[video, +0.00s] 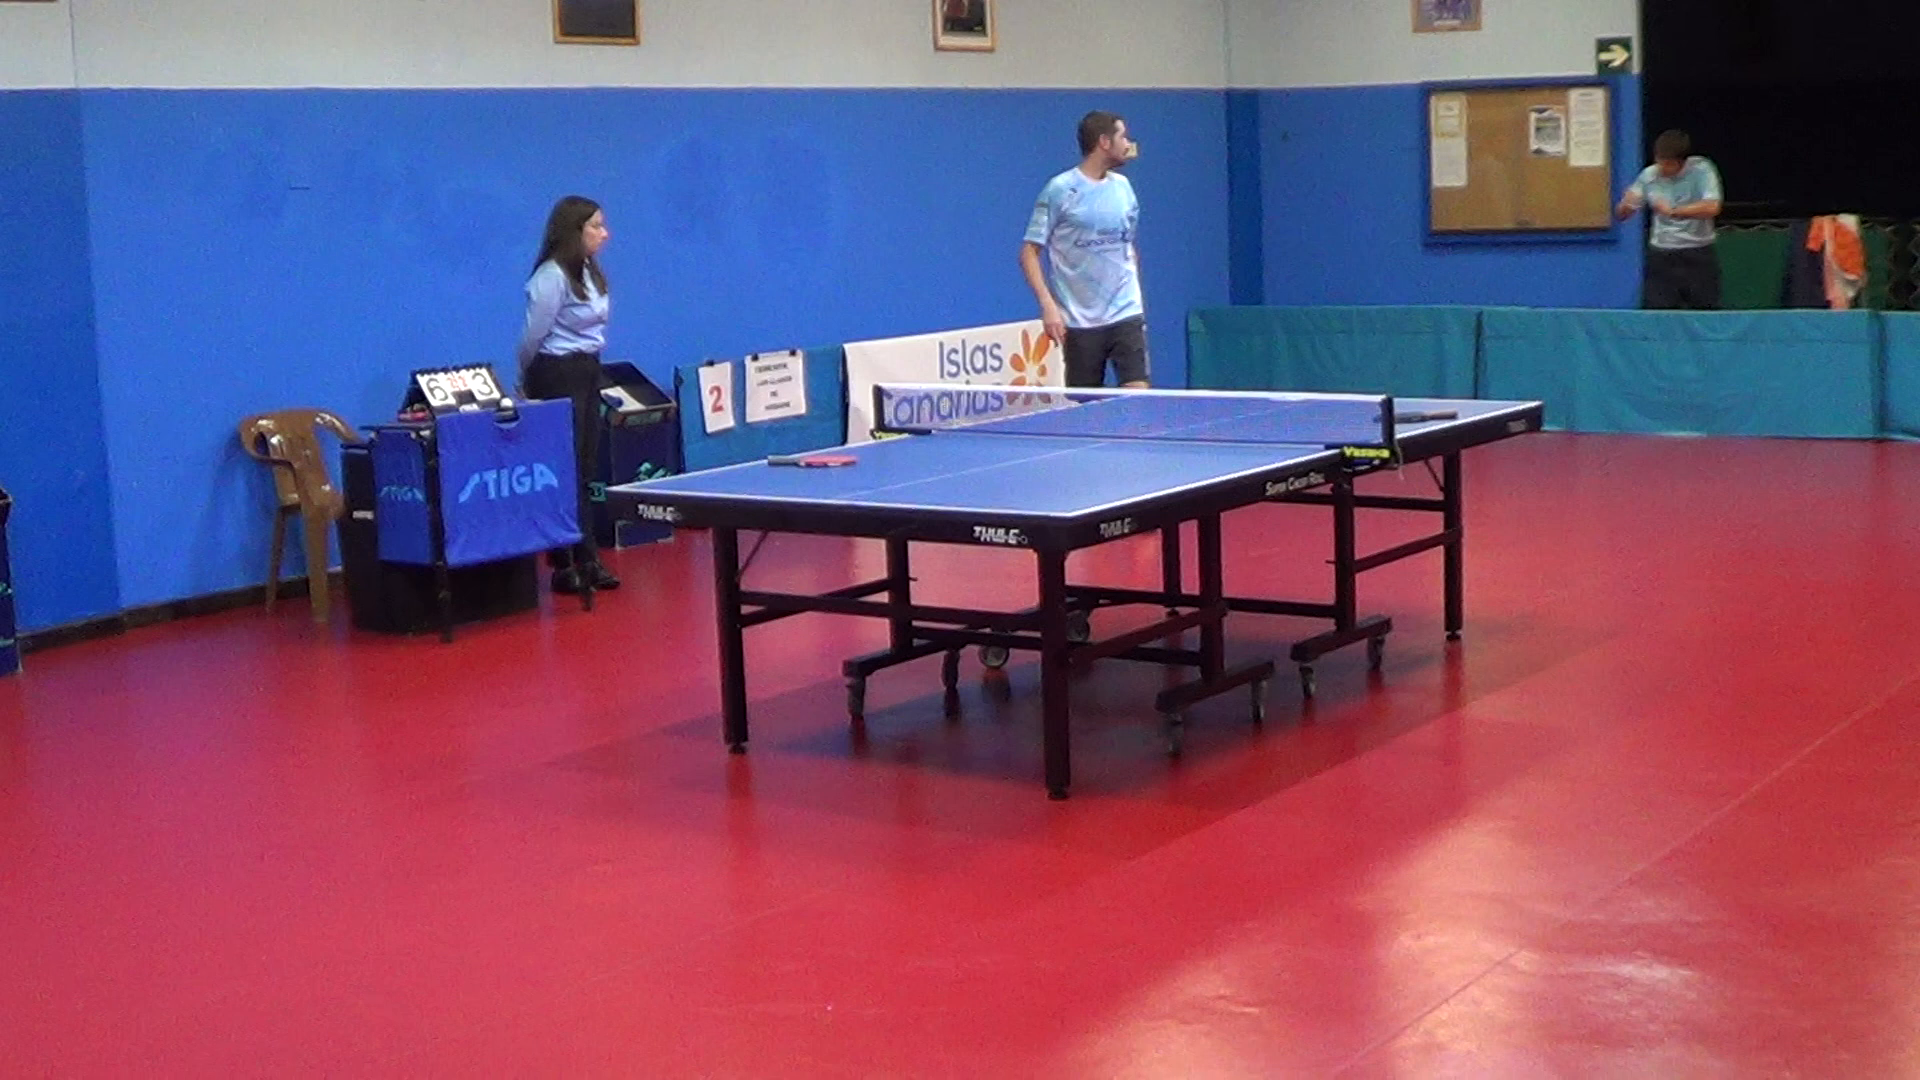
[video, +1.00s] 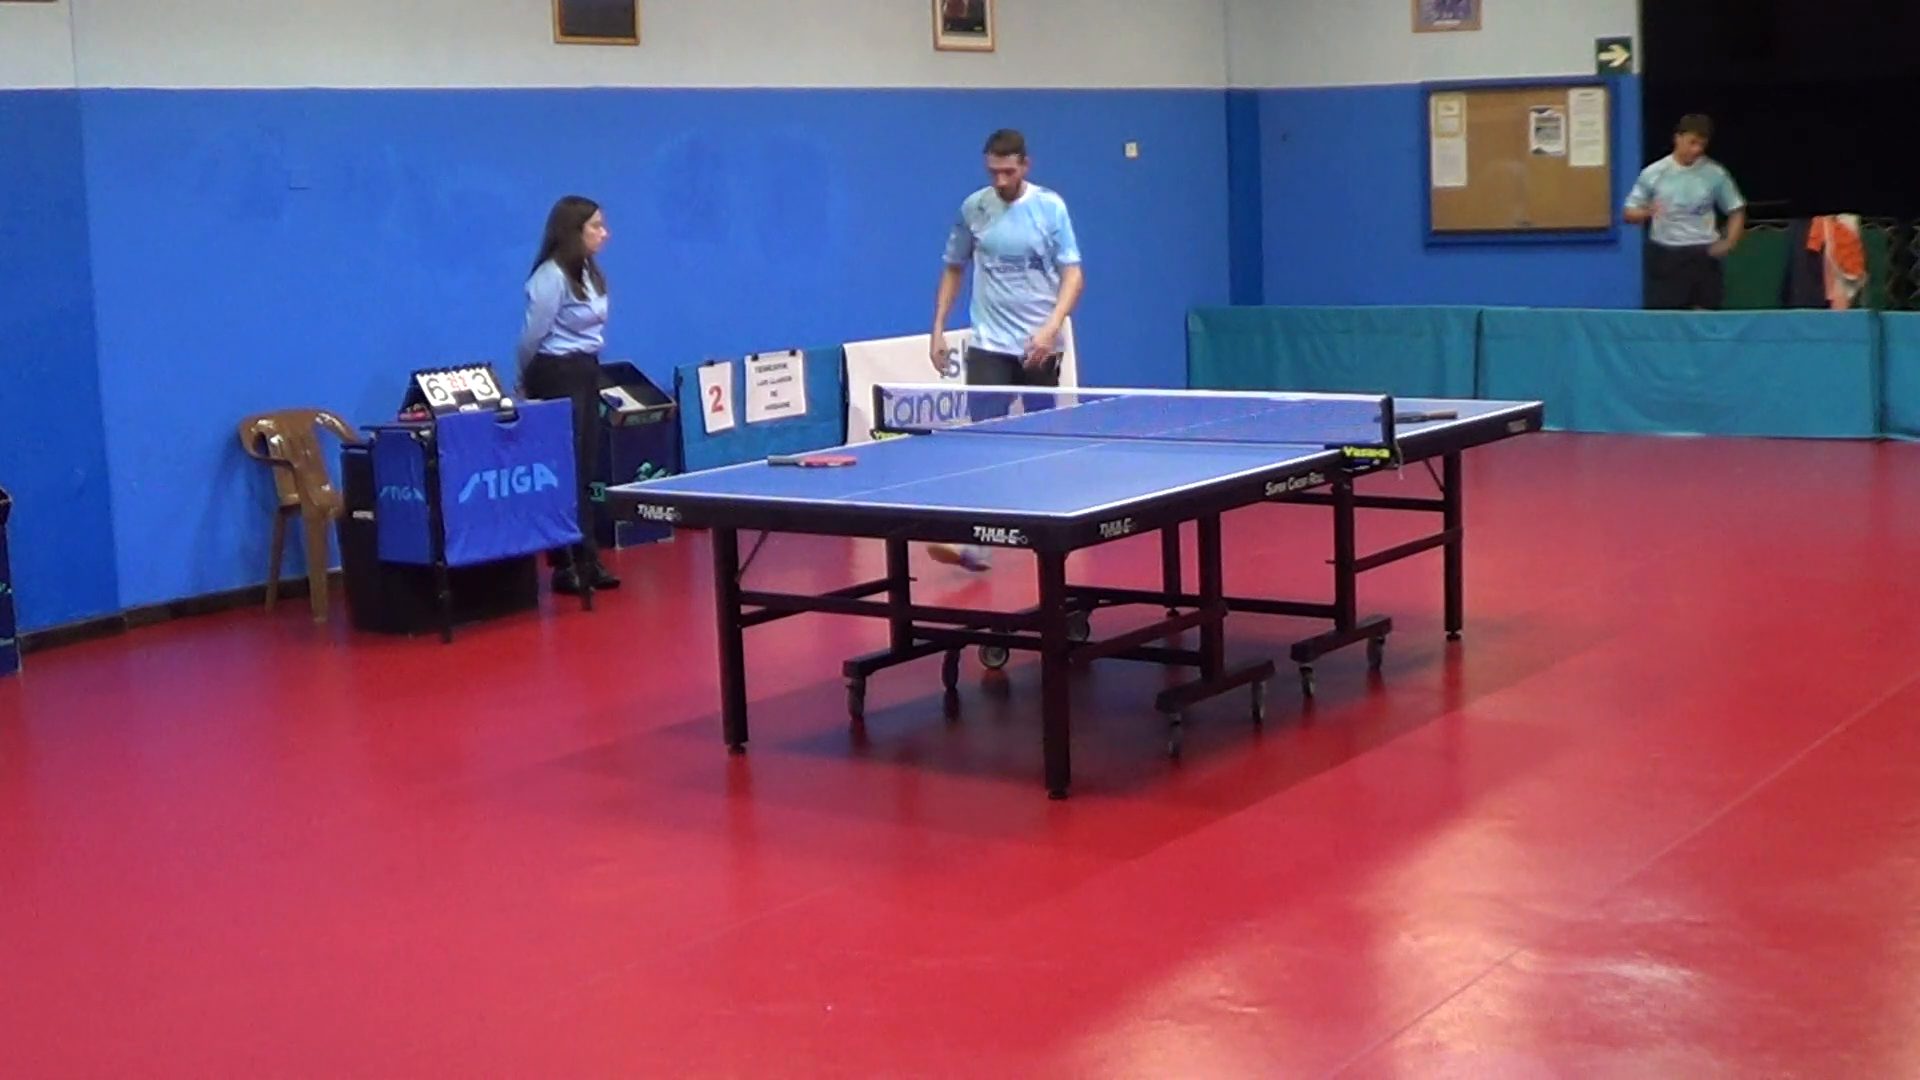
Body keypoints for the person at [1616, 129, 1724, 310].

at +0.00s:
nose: (1663, 168)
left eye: (1668, 164)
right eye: (1661, 163)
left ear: (1681, 161)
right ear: (1657, 159)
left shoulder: (1702, 169)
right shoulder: (1649, 174)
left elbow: (1712, 207)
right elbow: (1622, 214)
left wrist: (1673, 211)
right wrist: (1627, 205)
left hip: (1698, 254)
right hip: (1662, 255)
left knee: (1705, 314)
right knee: (1658, 315)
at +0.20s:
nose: (1652, 175)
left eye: (1657, 171)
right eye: (1650, 170)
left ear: (1669, 168)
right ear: (1646, 165)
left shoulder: (1692, 169)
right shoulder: (1640, 177)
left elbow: (1707, 202)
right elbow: (1624, 199)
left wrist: (1672, 202)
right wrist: (1617, 210)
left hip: (1690, 254)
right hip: (1654, 256)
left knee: (1698, 314)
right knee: (1649, 315)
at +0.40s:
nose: (1652, 151)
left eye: (1658, 146)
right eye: (1649, 145)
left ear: (1671, 145)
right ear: (1644, 143)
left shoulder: (1690, 167)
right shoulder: (1635, 171)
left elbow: (1710, 203)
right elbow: (1620, 199)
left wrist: (1677, 208)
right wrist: (1615, 210)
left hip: (1686, 247)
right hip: (1649, 250)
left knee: (1692, 309)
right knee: (1648, 311)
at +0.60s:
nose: (1653, 148)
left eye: (1660, 144)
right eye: (1650, 142)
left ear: (1673, 144)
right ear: (1644, 141)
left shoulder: (1691, 166)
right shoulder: (1634, 171)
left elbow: (1713, 200)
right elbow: (1615, 203)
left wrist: (1682, 222)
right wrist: (1615, 210)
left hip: (1685, 248)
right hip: (1649, 251)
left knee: (1696, 311)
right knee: (1652, 313)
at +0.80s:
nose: (1667, 160)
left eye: (1674, 155)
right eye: (1663, 152)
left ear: (1684, 154)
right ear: (1656, 147)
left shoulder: (1698, 168)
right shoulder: (1638, 174)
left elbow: (1724, 203)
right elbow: (1614, 215)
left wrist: (1694, 213)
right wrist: (1627, 211)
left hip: (1692, 250)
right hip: (1655, 252)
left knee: (1702, 312)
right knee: (1656, 314)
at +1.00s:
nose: (1696, 150)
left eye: (1701, 145)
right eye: (1692, 143)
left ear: (1706, 146)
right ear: (1678, 139)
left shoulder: (1715, 174)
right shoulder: (1654, 173)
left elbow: (1736, 210)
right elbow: (1629, 212)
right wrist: (1647, 212)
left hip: (1703, 252)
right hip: (1664, 252)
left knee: (1706, 316)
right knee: (1664, 317)